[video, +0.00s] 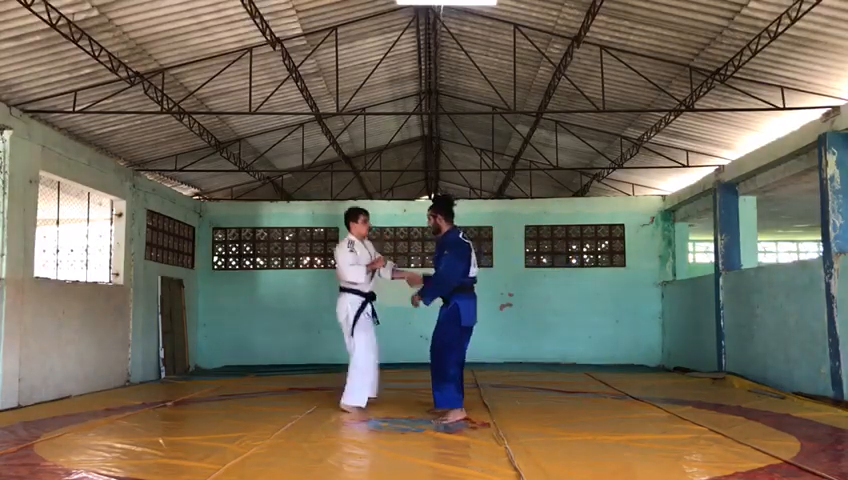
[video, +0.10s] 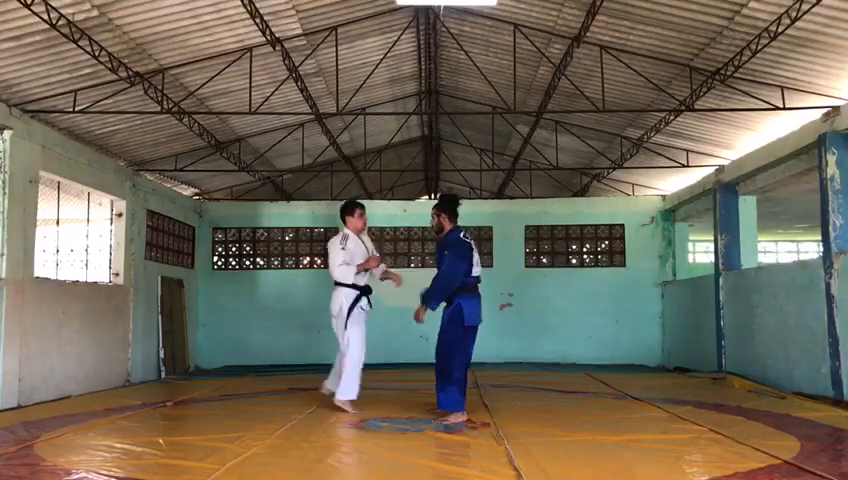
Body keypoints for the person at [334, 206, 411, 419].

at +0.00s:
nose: (368, 226)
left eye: (368, 222)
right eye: (364, 222)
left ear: (360, 224)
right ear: (352, 224)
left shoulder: (367, 246)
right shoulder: (345, 247)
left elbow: (385, 270)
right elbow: (349, 274)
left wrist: (407, 276)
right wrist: (371, 267)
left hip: (365, 301)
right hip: (351, 302)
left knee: (369, 349)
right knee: (362, 351)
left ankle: (362, 395)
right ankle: (350, 401)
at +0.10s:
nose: (364, 220)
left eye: (364, 216)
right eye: (360, 216)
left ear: (361, 218)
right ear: (348, 219)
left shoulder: (364, 240)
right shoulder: (338, 242)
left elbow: (374, 266)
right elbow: (338, 272)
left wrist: (389, 274)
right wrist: (365, 266)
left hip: (359, 297)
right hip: (346, 298)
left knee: (351, 347)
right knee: (355, 348)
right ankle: (343, 396)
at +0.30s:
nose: (356, 231)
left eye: (356, 227)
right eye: (352, 227)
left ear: (347, 230)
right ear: (340, 229)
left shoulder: (353, 253)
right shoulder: (330, 253)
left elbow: (349, 282)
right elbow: (329, 285)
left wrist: (363, 291)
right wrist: (357, 287)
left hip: (348, 308)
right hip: (336, 308)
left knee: (334, 355)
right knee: (347, 358)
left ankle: (297, 390)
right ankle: (333, 407)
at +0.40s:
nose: (352, 228)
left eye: (352, 223)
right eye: (348, 223)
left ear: (343, 226)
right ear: (335, 225)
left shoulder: (347, 250)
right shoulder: (326, 249)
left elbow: (342, 279)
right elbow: (327, 281)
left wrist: (354, 291)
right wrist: (353, 291)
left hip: (338, 303)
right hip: (330, 304)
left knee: (321, 351)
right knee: (342, 356)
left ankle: (294, 395)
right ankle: (334, 405)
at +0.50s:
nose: (348, 227)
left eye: (348, 223)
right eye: (344, 223)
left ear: (338, 225)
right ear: (332, 225)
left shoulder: (341, 247)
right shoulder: (324, 246)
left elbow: (336, 275)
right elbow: (322, 277)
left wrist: (347, 284)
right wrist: (347, 295)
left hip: (325, 301)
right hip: (323, 302)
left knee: (311, 350)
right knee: (334, 352)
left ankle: (291, 398)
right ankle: (333, 402)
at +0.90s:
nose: (339, 233)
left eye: (339, 229)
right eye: (336, 228)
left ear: (324, 231)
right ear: (324, 229)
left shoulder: (316, 248)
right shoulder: (317, 248)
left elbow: (315, 279)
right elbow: (314, 278)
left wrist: (331, 294)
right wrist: (331, 297)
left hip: (299, 301)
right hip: (309, 303)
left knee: (297, 353)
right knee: (327, 351)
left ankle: (286, 402)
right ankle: (322, 402)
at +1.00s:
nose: (340, 235)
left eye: (341, 230)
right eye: (337, 230)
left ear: (325, 231)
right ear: (326, 230)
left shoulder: (317, 249)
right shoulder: (317, 248)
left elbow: (316, 282)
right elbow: (320, 278)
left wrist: (334, 295)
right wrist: (335, 294)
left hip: (302, 303)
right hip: (312, 304)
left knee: (299, 355)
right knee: (336, 348)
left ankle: (286, 404)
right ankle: (330, 397)